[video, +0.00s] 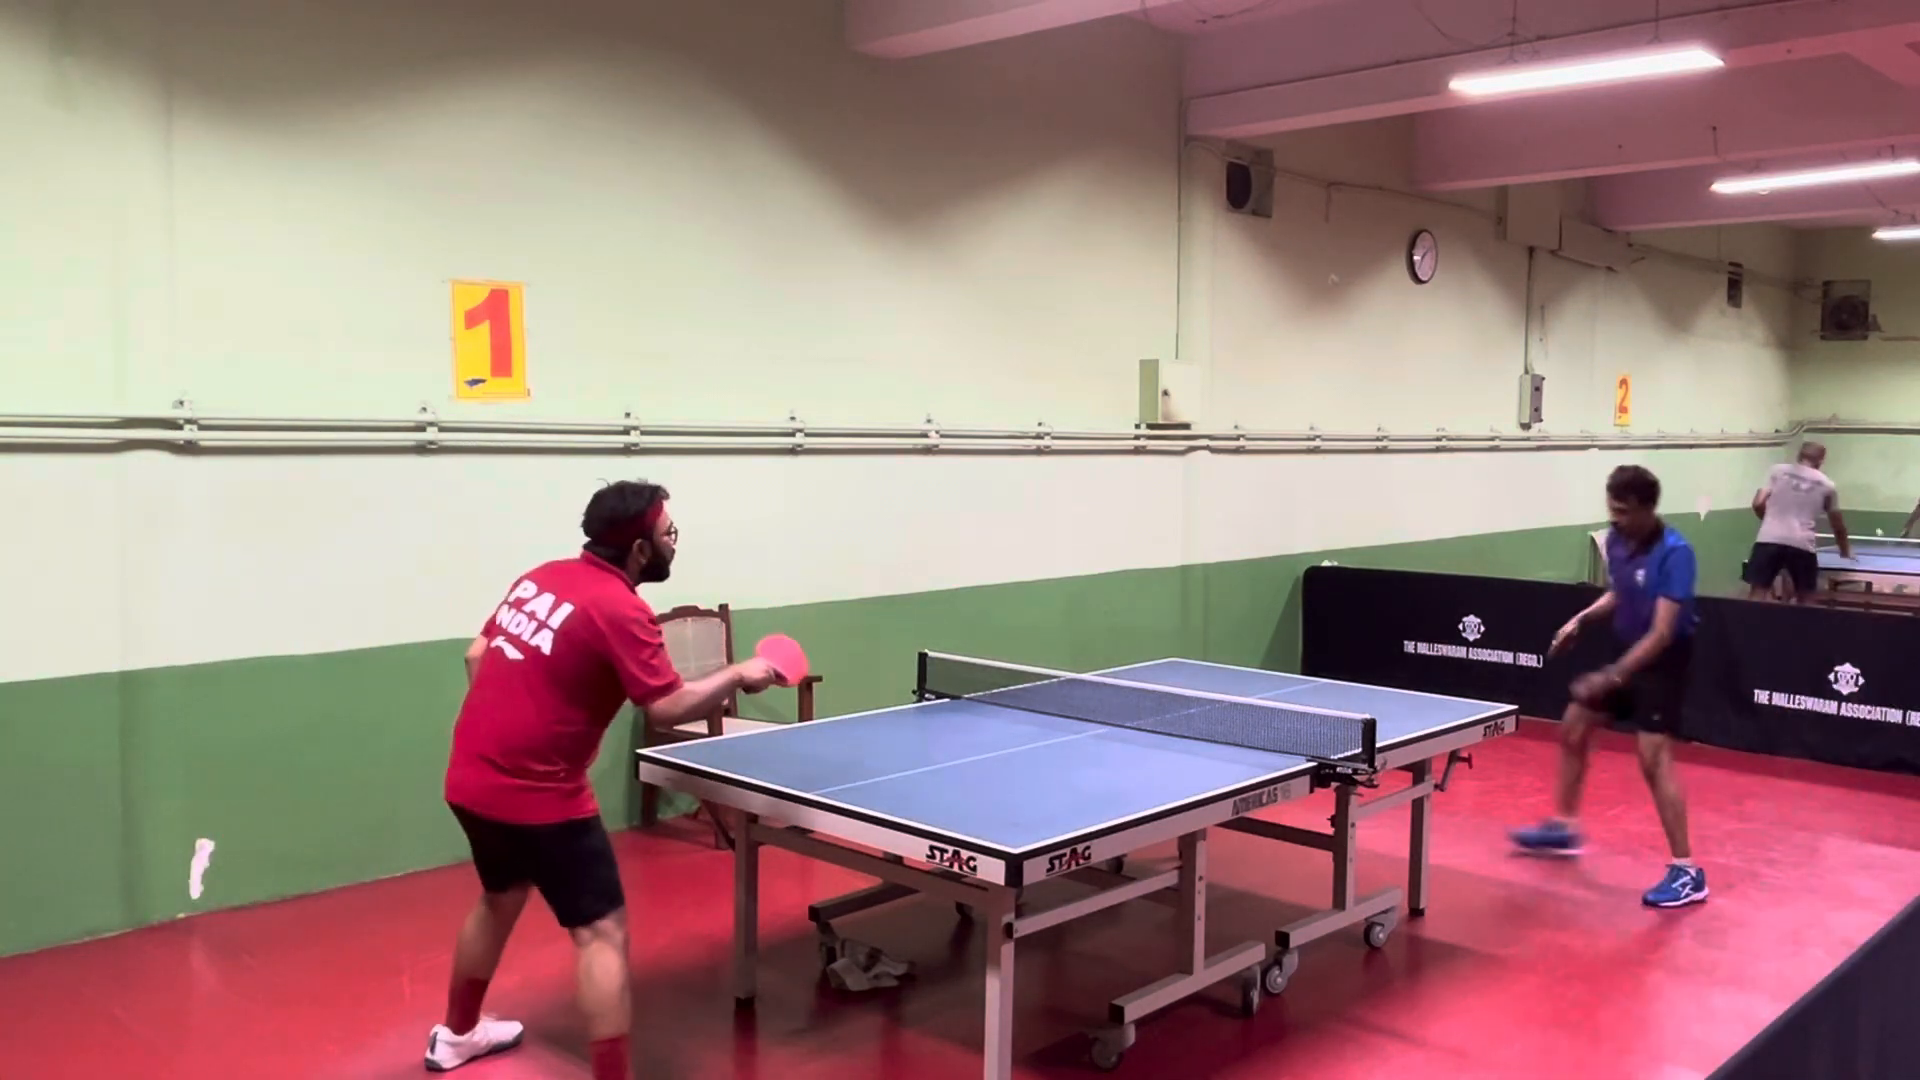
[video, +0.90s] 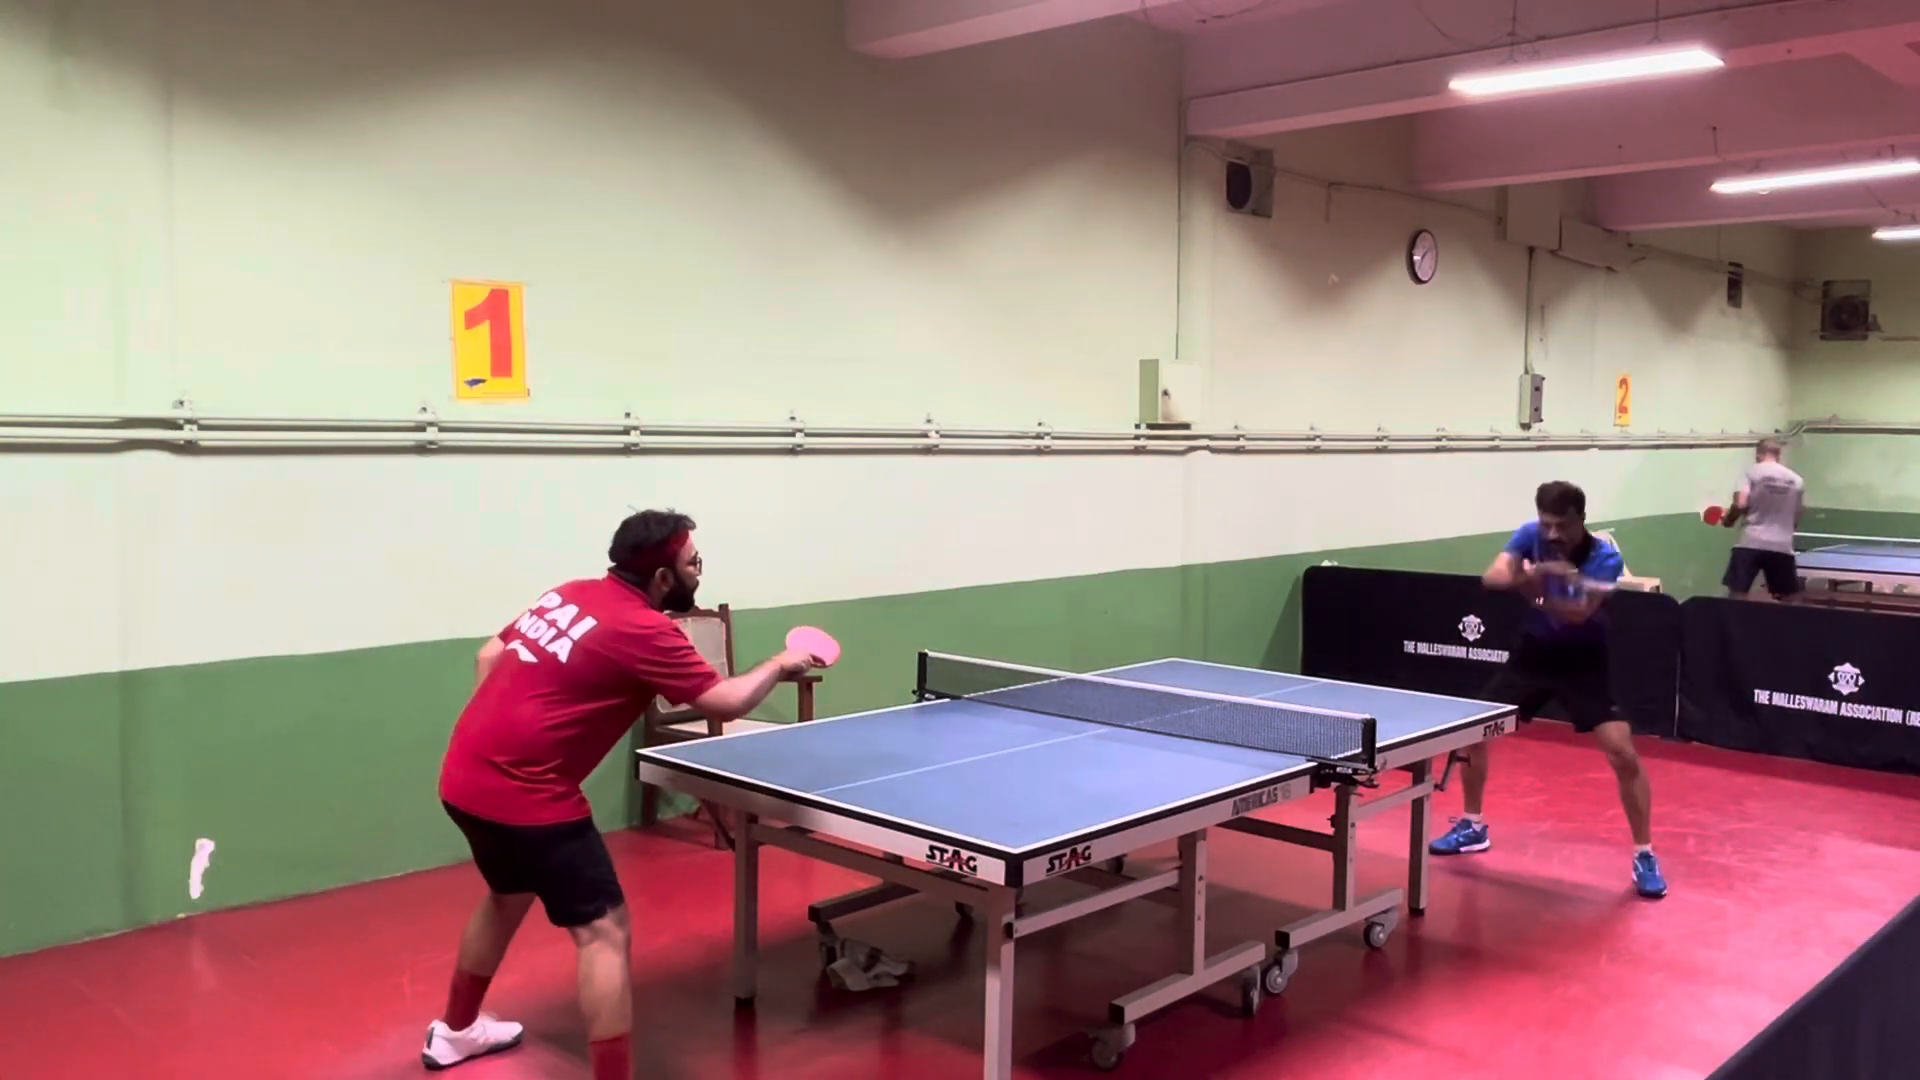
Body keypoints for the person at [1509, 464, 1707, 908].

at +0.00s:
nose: (1614, 519)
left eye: (1621, 512)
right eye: (1611, 510)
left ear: (1648, 509)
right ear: (1613, 507)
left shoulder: (1675, 553)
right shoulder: (1617, 542)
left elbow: (1663, 632)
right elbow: (1621, 594)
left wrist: (1611, 675)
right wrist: (1578, 621)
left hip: (1666, 655)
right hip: (1625, 649)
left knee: (1653, 757)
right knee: (1574, 727)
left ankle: (1686, 869)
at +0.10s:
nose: (1585, 533)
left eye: (1593, 525)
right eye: (1581, 524)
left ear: (1617, 522)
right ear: (1578, 519)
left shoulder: (1645, 562)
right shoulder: (1581, 550)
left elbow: (1627, 630)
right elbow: (1586, 600)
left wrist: (1571, 656)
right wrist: (1546, 636)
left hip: (1639, 667)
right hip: (1593, 660)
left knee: (1638, 766)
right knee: (1544, 741)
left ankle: (1684, 869)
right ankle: (1492, 821)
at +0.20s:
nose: (1555, 550)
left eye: (1563, 542)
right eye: (1551, 541)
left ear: (1586, 535)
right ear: (1546, 535)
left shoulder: (1614, 568)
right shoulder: (1545, 563)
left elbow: (1599, 633)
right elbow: (1542, 613)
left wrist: (1545, 649)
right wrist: (1513, 651)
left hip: (1609, 670)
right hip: (1559, 666)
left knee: (1622, 769)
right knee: (1496, 733)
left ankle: (1678, 869)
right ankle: (1474, 825)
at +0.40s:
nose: (1520, 556)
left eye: (1527, 549)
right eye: (1515, 548)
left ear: (1548, 537)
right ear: (1510, 541)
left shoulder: (1582, 562)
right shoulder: (1507, 555)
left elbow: (1571, 635)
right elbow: (1495, 602)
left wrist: (1531, 661)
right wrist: (1461, 640)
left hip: (1582, 657)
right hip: (1531, 654)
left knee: (1610, 750)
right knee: (1482, 730)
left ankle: (1640, 853)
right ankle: (1472, 824)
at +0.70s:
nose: (1535, 556)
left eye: (1543, 549)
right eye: (1529, 549)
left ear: (1562, 539)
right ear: (1522, 541)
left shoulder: (1591, 571)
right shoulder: (1517, 549)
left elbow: (1576, 635)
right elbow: (1475, 587)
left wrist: (1538, 673)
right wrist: (1468, 601)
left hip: (1580, 663)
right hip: (1528, 656)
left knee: (1621, 757)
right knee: (1468, 729)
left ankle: (1644, 855)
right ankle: (1472, 825)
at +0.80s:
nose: (1545, 547)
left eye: (1553, 540)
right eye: (1540, 539)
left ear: (1573, 530)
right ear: (1534, 531)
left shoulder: (1600, 566)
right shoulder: (1527, 542)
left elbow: (1578, 629)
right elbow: (1472, 586)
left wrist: (1538, 642)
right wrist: (1502, 586)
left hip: (1581, 665)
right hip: (1531, 658)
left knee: (1622, 758)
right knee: (1468, 729)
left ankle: (1644, 856)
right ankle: (1472, 825)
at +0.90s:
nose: (1553, 535)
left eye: (1561, 527)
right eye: (1546, 526)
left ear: (1581, 521)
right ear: (1538, 520)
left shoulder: (1604, 554)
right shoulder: (1529, 536)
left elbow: (1582, 610)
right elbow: (1490, 578)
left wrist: (1535, 592)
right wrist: (1531, 575)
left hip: (1585, 665)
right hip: (1533, 658)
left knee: (1623, 755)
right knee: (1473, 727)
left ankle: (1644, 855)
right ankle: (1472, 825)